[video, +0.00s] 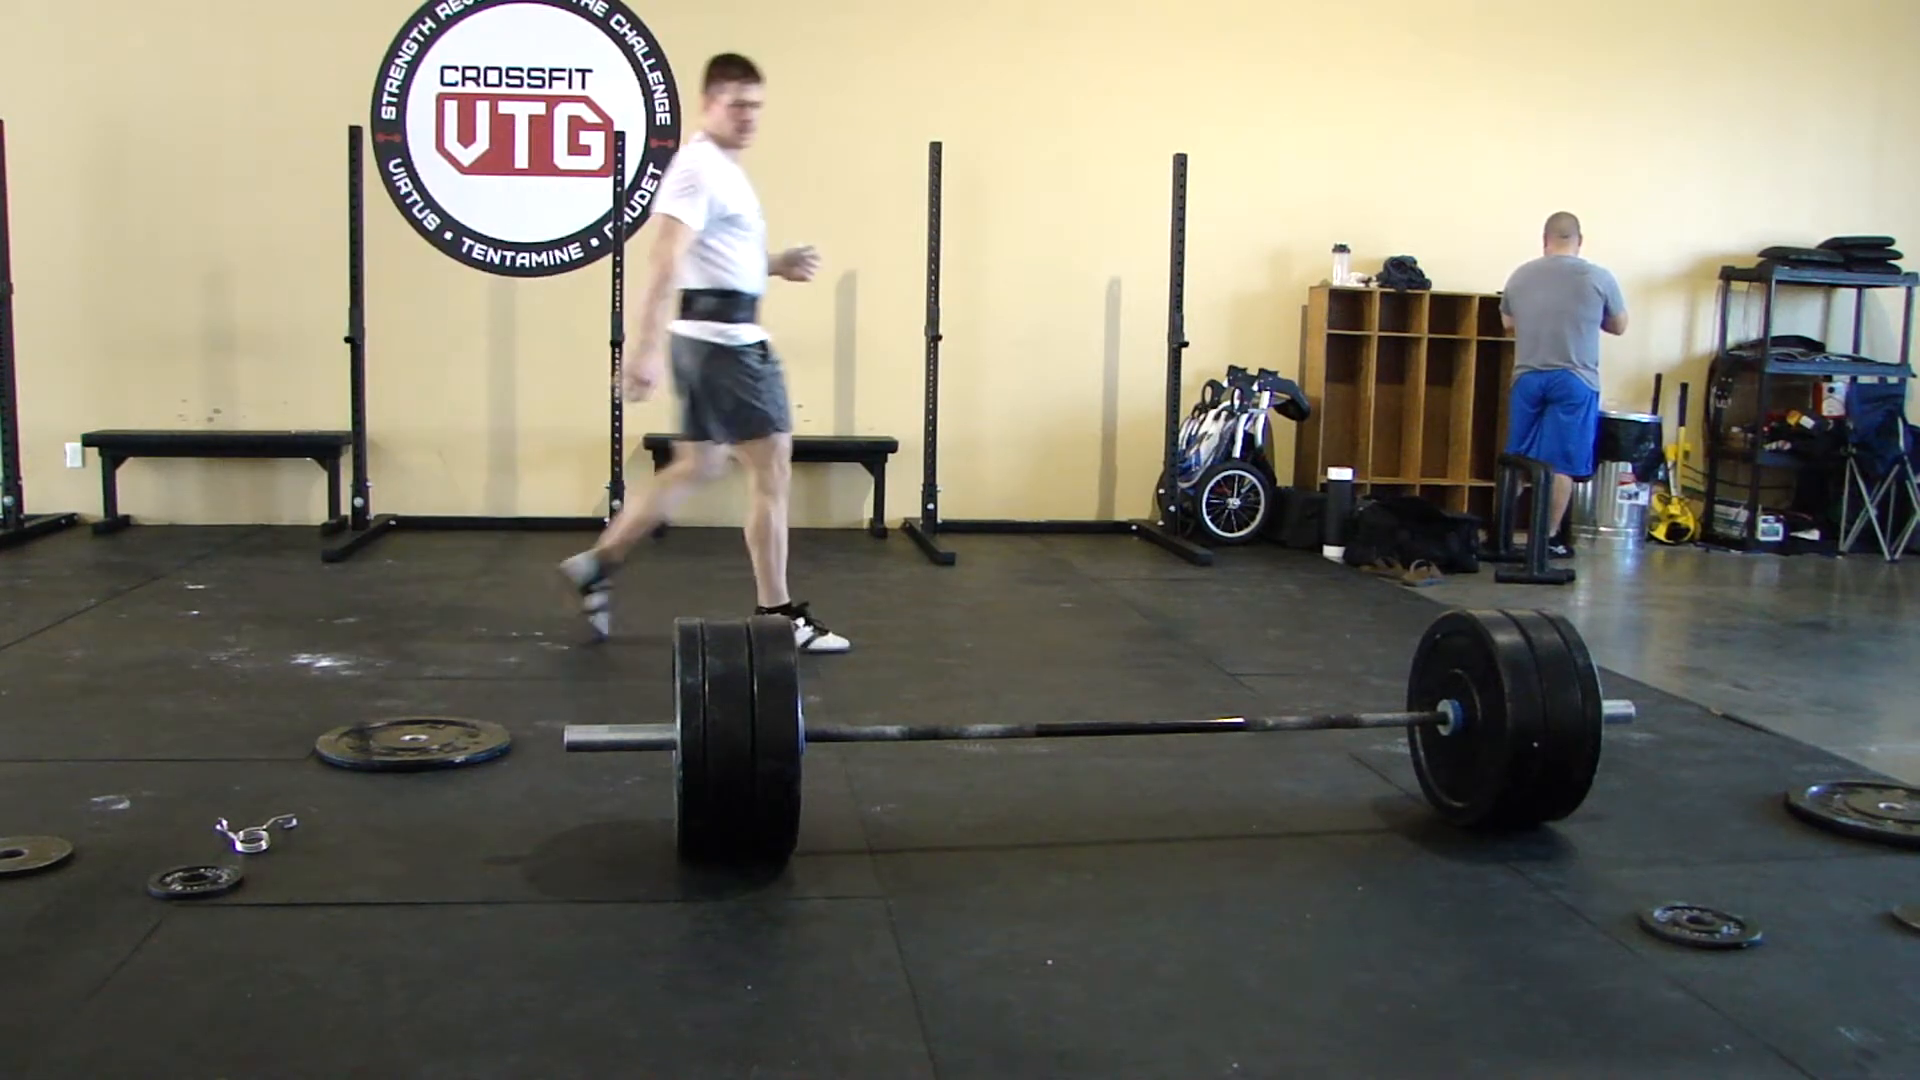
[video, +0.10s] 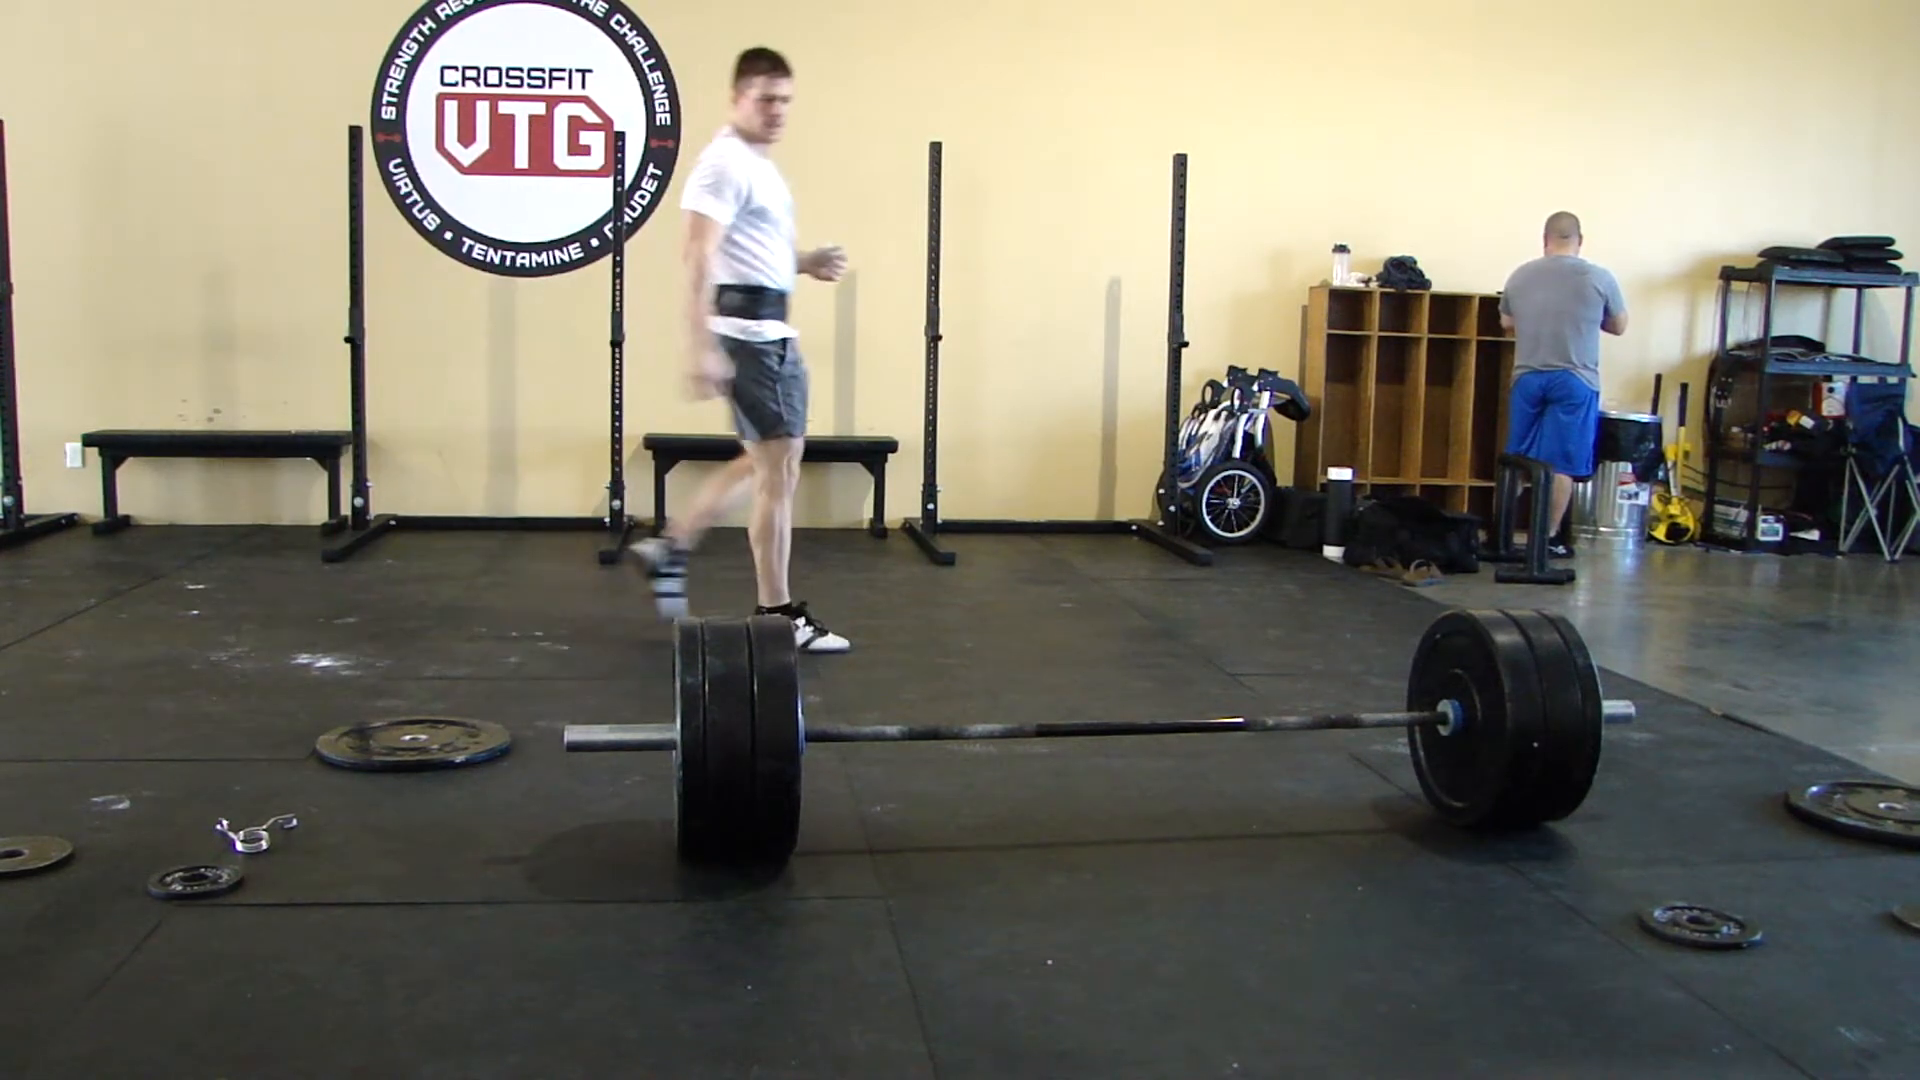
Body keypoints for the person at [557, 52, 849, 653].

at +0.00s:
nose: (748, 117)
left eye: (755, 107)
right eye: (737, 105)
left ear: (758, 109)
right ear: (706, 104)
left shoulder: (724, 169)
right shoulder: (697, 165)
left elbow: (720, 256)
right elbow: (664, 257)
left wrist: (776, 264)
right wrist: (645, 348)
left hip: (707, 339)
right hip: (727, 341)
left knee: (698, 465)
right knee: (772, 473)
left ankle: (597, 563)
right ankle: (777, 613)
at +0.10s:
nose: (776, 110)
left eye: (784, 100)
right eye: (765, 98)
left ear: (789, 104)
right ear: (736, 99)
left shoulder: (761, 167)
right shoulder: (723, 162)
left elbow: (756, 254)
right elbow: (698, 254)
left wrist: (805, 262)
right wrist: (703, 346)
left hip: (769, 328)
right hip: (747, 330)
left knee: (769, 460)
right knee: (777, 469)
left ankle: (670, 545)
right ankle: (777, 613)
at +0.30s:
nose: (822, 108)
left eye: (830, 97)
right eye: (810, 97)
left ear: (836, 101)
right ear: (782, 98)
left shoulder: (824, 165)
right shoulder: (760, 161)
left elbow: (818, 251)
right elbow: (734, 247)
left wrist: (861, 263)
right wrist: (802, 295)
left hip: (831, 336)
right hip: (787, 341)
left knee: (865, 447)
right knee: (791, 470)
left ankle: (830, 583)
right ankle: (775, 613)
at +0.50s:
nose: (864, 114)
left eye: (872, 104)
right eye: (852, 103)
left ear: (882, 108)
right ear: (826, 106)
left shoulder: (893, 173)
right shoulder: (796, 170)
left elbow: (911, 248)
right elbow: (752, 243)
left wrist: (924, 271)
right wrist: (790, 291)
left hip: (890, 337)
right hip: (831, 337)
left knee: (923, 460)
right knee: (823, 473)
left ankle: (951, 590)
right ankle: (780, 611)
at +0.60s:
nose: (888, 119)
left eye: (897, 108)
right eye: (876, 108)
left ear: (908, 113)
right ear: (854, 113)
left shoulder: (928, 180)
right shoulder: (823, 178)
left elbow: (949, 259)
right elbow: (786, 249)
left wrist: (953, 282)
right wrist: (755, 306)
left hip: (923, 343)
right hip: (859, 343)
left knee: (949, 466)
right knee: (836, 477)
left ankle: (969, 597)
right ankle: (782, 607)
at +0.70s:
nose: (912, 118)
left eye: (921, 107)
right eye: (901, 107)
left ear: (936, 115)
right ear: (881, 115)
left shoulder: (959, 181)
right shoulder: (850, 181)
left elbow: (982, 253)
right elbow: (800, 250)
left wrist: (986, 282)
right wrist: (762, 330)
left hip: (946, 347)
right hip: (884, 347)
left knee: (966, 471)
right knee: (853, 474)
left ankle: (968, 599)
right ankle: (788, 602)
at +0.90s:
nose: (950, 107)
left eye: (959, 99)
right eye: (940, 99)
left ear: (974, 111)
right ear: (921, 109)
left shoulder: (996, 177)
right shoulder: (887, 169)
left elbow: (1024, 239)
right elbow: (843, 247)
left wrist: (1036, 279)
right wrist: (817, 325)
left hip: (972, 341)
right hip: (906, 341)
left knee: (974, 471)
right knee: (885, 467)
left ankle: (969, 599)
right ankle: (859, 596)